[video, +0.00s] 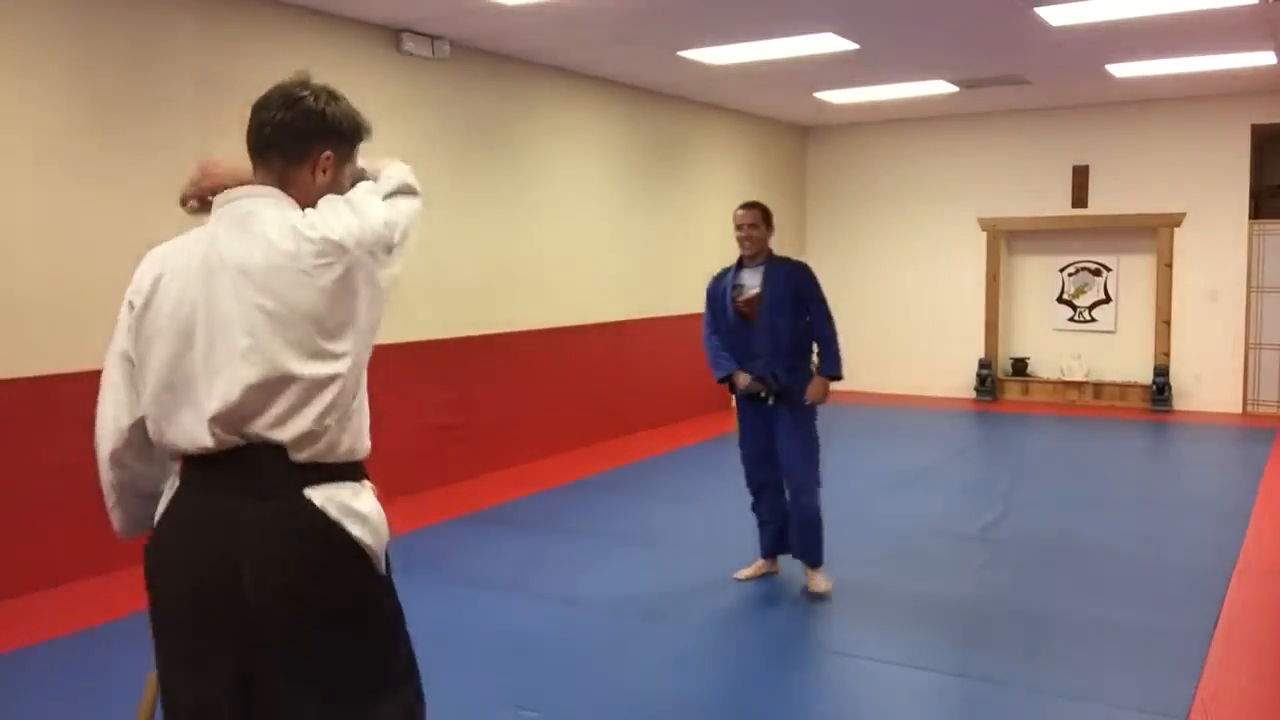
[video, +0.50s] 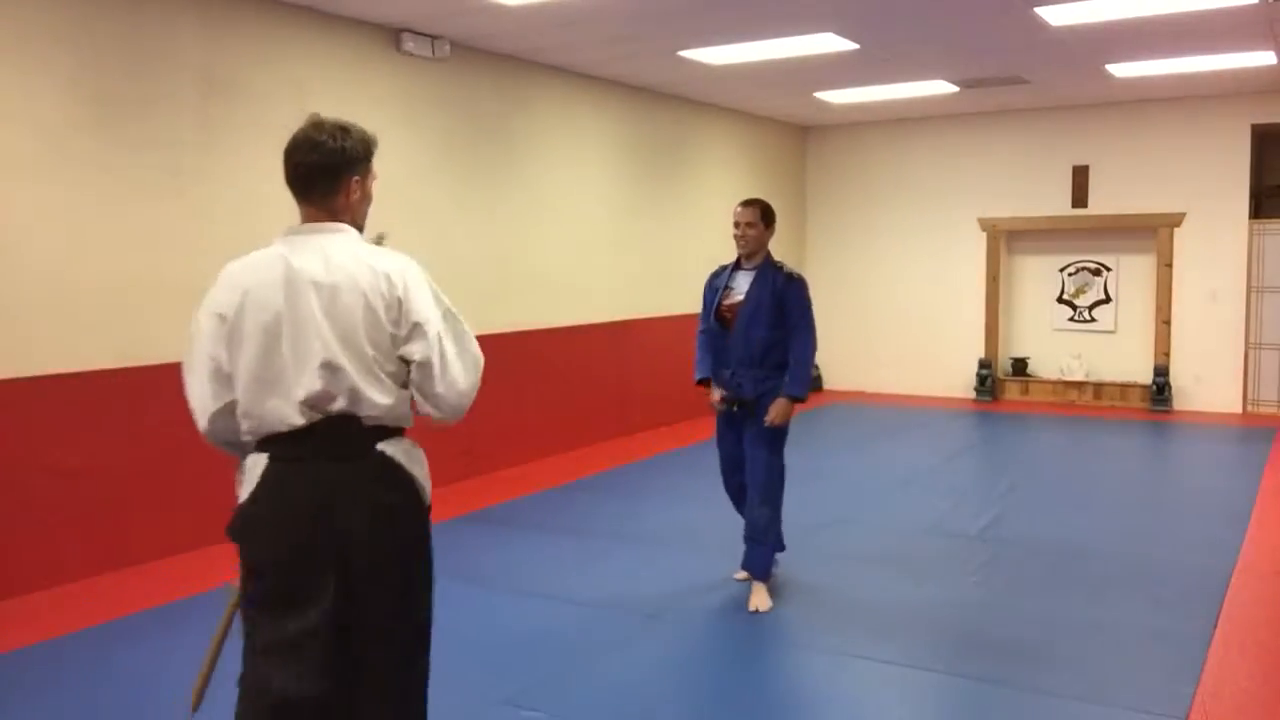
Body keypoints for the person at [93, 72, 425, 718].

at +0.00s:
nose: (348, 182)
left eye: (349, 167)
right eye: (350, 168)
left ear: (261, 153)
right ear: (323, 167)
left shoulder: (161, 266)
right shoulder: (337, 240)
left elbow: (121, 429)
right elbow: (399, 182)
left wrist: (142, 518)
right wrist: (245, 176)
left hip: (191, 529)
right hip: (315, 530)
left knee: (201, 706)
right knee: (367, 704)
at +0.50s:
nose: (370, 192)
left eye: (369, 179)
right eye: (369, 180)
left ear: (296, 185)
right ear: (356, 186)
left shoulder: (239, 280)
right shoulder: (394, 276)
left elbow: (213, 413)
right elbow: (451, 391)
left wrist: (275, 443)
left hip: (280, 499)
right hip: (382, 496)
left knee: (278, 673)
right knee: (388, 671)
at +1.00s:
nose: (391, 195)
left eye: (388, 183)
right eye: (384, 184)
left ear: (328, 196)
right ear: (361, 193)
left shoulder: (277, 273)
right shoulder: (385, 269)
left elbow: (281, 371)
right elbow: (443, 383)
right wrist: (439, 335)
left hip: (304, 450)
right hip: (377, 453)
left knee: (326, 617)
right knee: (394, 619)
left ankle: (338, 713)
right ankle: (398, 714)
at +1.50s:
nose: (402, 194)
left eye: (399, 183)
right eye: (395, 184)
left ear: (348, 194)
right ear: (368, 190)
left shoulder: (299, 264)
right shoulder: (380, 256)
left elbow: (289, 371)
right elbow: (421, 357)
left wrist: (312, 432)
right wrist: (511, 377)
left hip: (316, 433)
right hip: (377, 431)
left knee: (326, 589)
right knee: (402, 584)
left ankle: (329, 709)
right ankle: (414, 706)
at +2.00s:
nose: (427, 199)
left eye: (425, 188)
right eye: (420, 189)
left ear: (372, 198)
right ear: (397, 196)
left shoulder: (319, 261)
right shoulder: (401, 263)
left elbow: (295, 359)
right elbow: (428, 374)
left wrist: (316, 423)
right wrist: (488, 423)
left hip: (328, 419)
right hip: (384, 424)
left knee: (336, 567)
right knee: (407, 565)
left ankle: (318, 700)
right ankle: (412, 702)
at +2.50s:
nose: (393, 203)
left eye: (390, 192)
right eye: (387, 193)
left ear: (342, 201)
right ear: (361, 200)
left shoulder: (299, 259)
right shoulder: (359, 264)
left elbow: (283, 348)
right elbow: (380, 366)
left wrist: (333, 384)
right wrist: (418, 449)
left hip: (294, 425)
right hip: (344, 431)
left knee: (302, 565)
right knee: (371, 568)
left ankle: (299, 695)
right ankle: (379, 700)